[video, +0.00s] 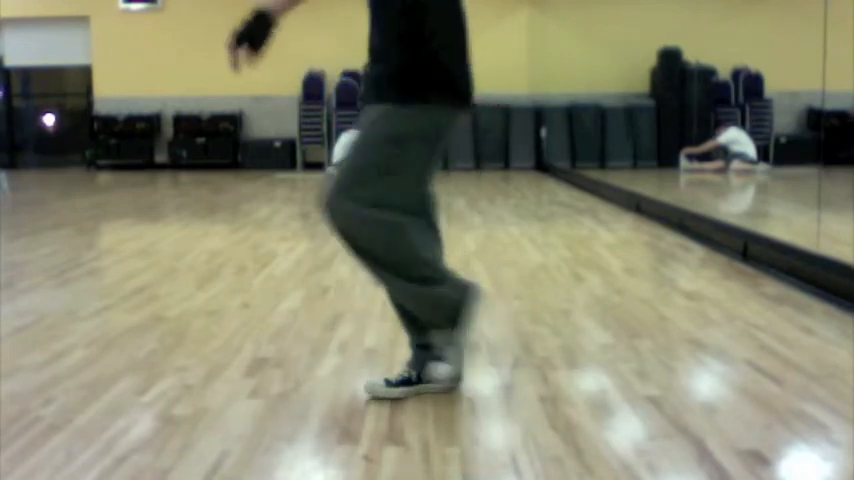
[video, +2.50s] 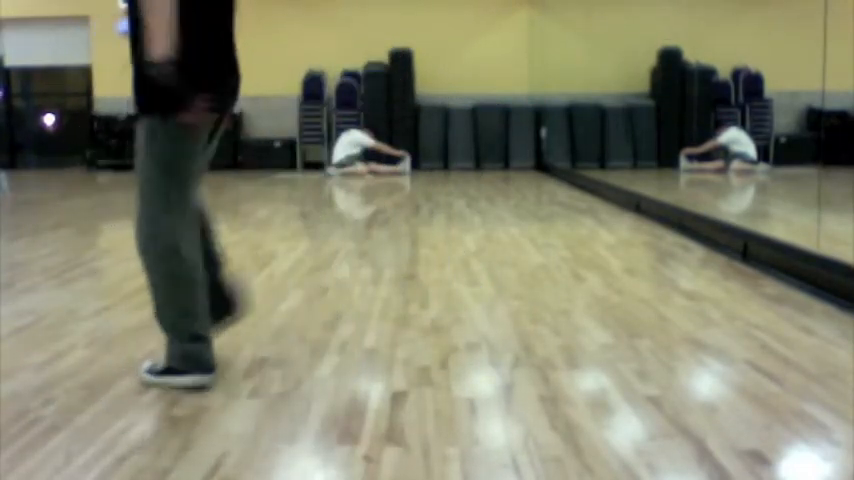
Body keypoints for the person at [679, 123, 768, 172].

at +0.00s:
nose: (719, 134)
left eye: (719, 132)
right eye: (718, 133)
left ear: (724, 128)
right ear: (727, 127)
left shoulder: (731, 132)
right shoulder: (732, 132)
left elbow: (710, 146)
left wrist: (688, 151)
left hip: (744, 159)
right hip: (734, 159)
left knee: (734, 167)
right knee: (716, 165)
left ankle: (755, 171)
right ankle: (696, 166)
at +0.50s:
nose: (719, 135)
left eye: (719, 132)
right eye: (719, 133)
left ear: (723, 129)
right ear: (727, 127)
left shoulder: (732, 132)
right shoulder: (734, 132)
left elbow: (710, 146)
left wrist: (688, 151)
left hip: (744, 159)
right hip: (734, 159)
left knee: (733, 170)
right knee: (715, 165)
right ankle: (692, 166)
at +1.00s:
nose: (719, 134)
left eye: (719, 132)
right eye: (718, 133)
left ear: (723, 128)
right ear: (727, 127)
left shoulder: (732, 132)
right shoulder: (733, 132)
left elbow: (711, 146)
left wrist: (688, 151)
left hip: (743, 160)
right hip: (734, 159)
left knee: (733, 170)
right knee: (715, 165)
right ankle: (692, 166)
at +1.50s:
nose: (719, 135)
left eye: (720, 133)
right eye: (719, 133)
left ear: (723, 129)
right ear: (727, 127)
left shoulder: (731, 132)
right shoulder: (734, 132)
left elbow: (709, 147)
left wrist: (687, 151)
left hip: (744, 159)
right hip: (735, 159)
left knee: (733, 170)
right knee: (715, 165)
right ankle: (691, 166)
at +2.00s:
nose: (719, 135)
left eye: (720, 133)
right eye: (719, 133)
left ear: (723, 129)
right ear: (727, 127)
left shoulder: (731, 132)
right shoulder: (733, 132)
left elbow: (710, 146)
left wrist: (688, 151)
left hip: (744, 159)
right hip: (735, 159)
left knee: (733, 169)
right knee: (715, 165)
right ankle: (692, 166)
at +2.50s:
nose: (719, 135)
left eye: (720, 133)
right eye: (719, 133)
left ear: (723, 129)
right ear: (727, 127)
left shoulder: (731, 132)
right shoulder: (734, 132)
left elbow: (710, 146)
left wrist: (688, 151)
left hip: (744, 160)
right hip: (735, 159)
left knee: (733, 169)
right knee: (715, 165)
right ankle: (692, 166)